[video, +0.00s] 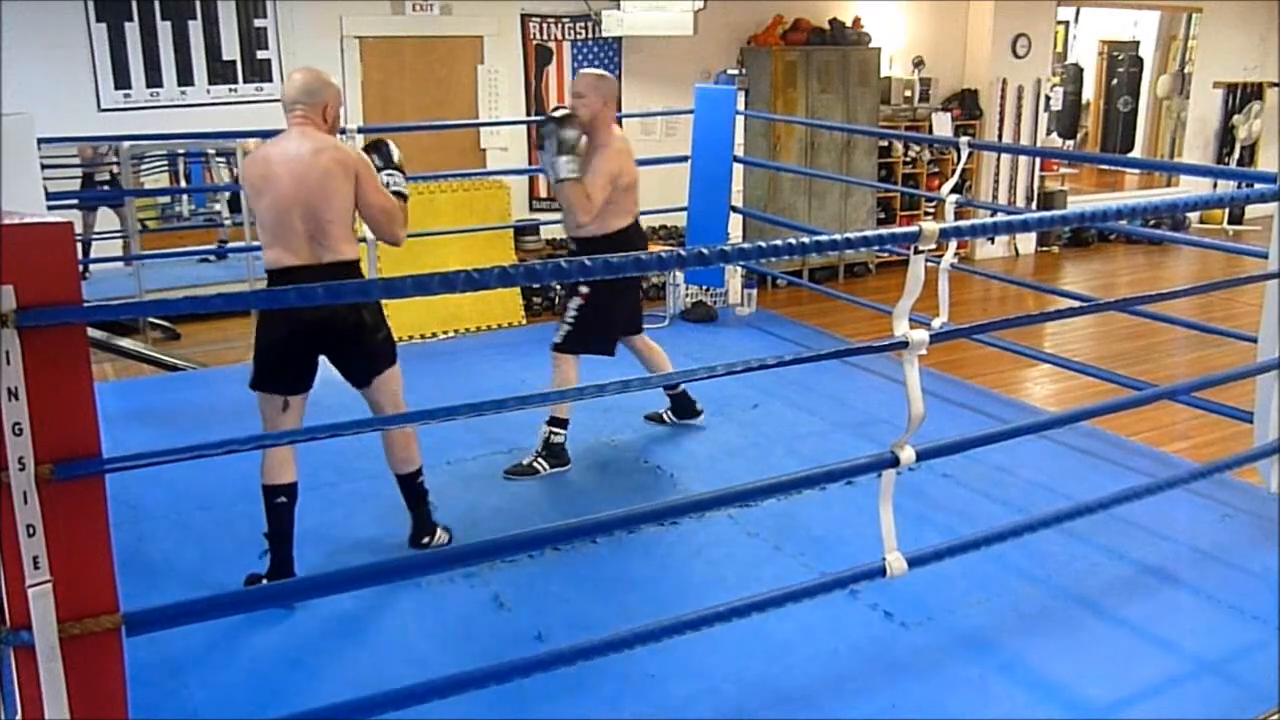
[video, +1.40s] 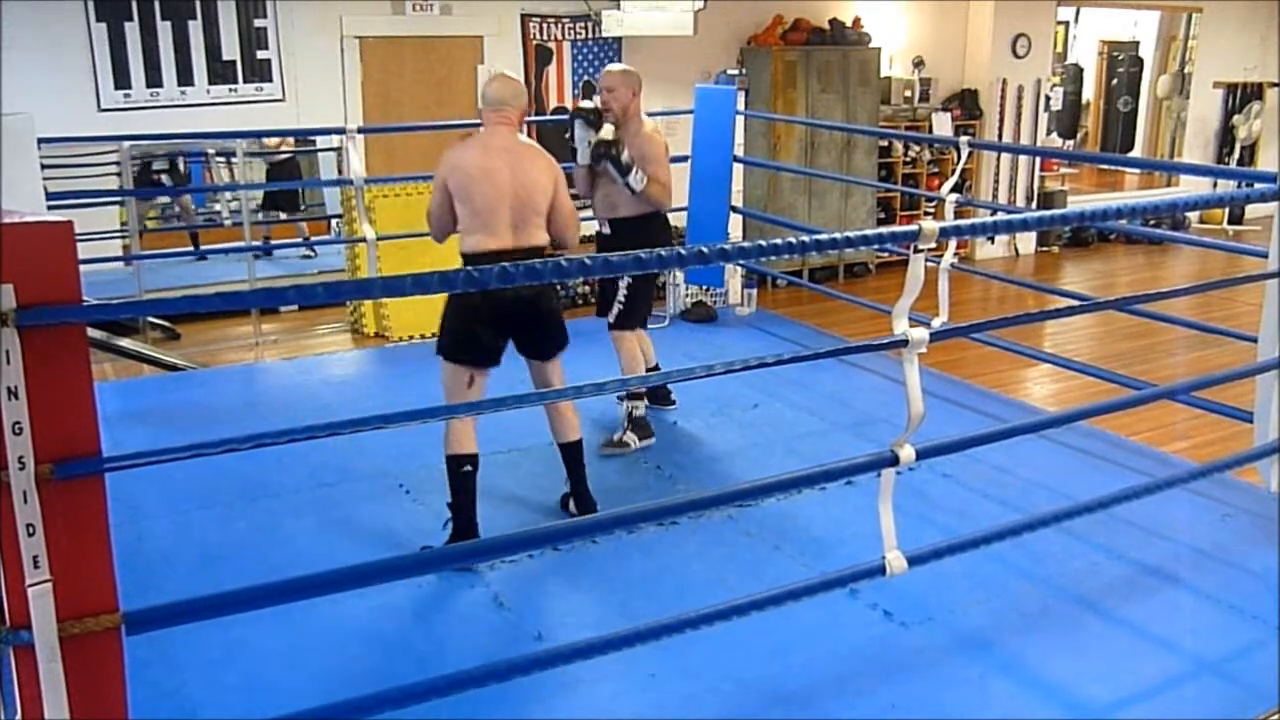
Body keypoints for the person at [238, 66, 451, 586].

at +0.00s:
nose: (341, 117)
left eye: (339, 110)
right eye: (339, 109)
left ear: (287, 110)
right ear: (329, 109)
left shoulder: (252, 161)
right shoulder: (347, 157)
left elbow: (269, 223)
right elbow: (394, 231)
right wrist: (395, 177)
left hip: (284, 312)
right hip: (349, 304)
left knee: (279, 434)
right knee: (394, 417)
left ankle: (280, 565)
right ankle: (424, 527)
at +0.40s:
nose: (384, 128)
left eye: (383, 120)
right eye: (382, 120)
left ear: (334, 120)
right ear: (367, 121)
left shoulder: (296, 172)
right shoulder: (387, 173)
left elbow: (302, 239)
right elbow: (424, 250)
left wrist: (372, 214)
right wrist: (434, 212)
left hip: (321, 314)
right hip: (386, 309)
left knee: (307, 434)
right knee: (440, 416)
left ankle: (285, 565)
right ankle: (476, 527)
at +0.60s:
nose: (427, 123)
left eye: (427, 116)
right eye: (426, 116)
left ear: (375, 111)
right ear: (417, 116)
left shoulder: (341, 157)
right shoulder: (422, 161)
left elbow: (347, 214)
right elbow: (472, 224)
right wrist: (466, 166)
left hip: (352, 305)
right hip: (413, 302)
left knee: (332, 421)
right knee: (448, 417)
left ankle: (319, 548)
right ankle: (474, 530)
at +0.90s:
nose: (439, 128)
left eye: (438, 121)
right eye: (437, 120)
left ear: (386, 120)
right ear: (422, 121)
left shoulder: (353, 169)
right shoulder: (434, 169)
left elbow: (370, 225)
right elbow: (484, 240)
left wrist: (436, 191)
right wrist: (480, 195)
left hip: (377, 307)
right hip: (439, 301)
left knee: (364, 420)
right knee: (495, 382)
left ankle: (346, 548)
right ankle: (504, 503)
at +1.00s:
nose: (455, 125)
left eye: (453, 119)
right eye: (453, 119)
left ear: (402, 119)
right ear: (442, 121)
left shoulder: (371, 171)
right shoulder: (461, 161)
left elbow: (375, 235)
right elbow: (532, 193)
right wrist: (536, 175)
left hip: (399, 302)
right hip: (462, 295)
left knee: (376, 423)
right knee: (514, 389)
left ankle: (349, 546)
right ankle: (552, 484)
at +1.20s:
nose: (495, 123)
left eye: (488, 117)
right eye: (495, 117)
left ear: (451, 121)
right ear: (492, 119)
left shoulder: (431, 170)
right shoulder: (519, 159)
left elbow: (421, 250)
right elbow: (577, 189)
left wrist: (454, 207)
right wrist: (545, 167)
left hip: (453, 296)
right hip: (514, 291)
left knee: (417, 409)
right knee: (540, 393)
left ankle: (384, 535)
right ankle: (569, 499)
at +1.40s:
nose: (525, 117)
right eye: (527, 111)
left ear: (481, 110)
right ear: (524, 113)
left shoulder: (455, 158)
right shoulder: (544, 162)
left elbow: (440, 228)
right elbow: (567, 237)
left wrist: (480, 202)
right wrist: (527, 216)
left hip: (476, 290)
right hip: (534, 285)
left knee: (461, 409)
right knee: (555, 390)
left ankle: (464, 527)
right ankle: (581, 494)